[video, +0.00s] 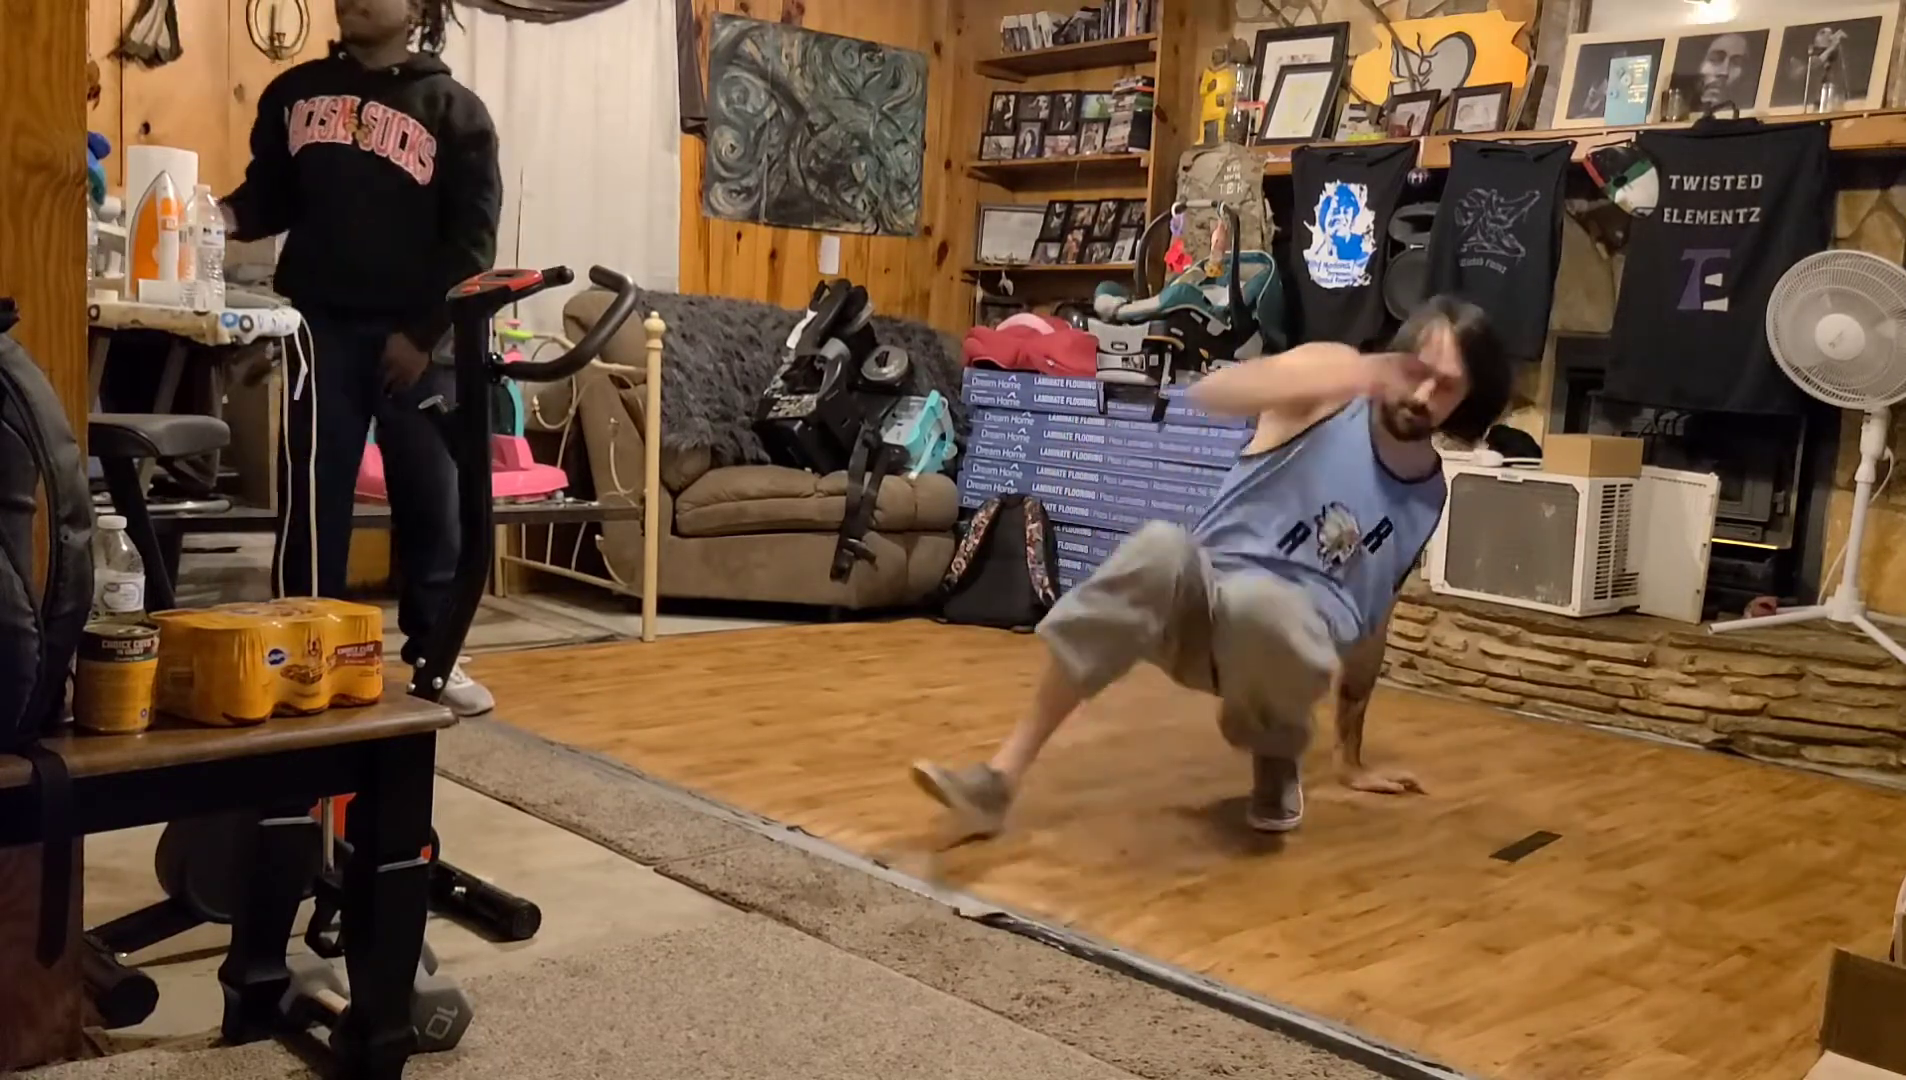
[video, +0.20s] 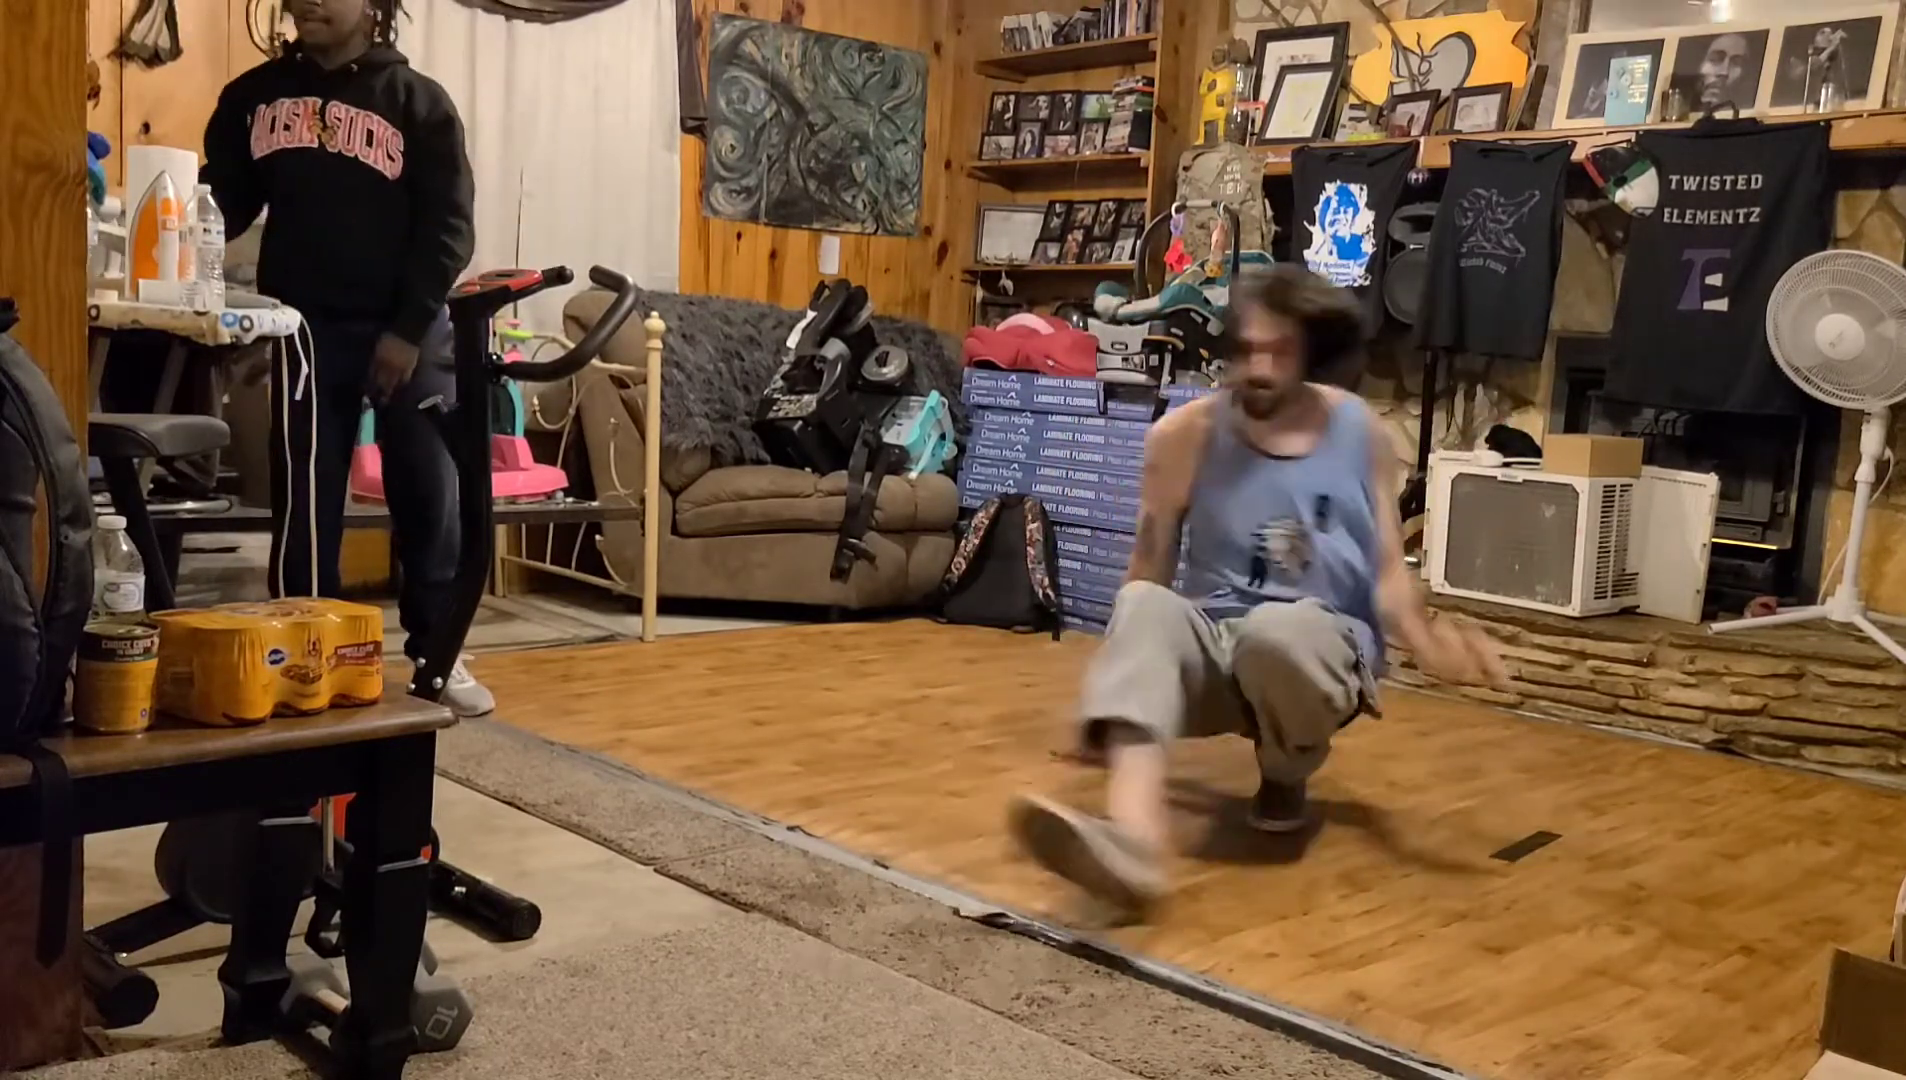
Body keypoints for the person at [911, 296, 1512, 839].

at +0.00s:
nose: (1425, 396)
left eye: (1450, 389)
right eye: (1420, 369)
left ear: (1466, 403)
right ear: (1395, 353)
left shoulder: (1426, 491)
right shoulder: (1333, 373)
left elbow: (1370, 624)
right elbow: (1205, 394)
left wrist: (1354, 761)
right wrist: (1349, 377)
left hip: (1293, 646)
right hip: (1198, 604)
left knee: (1259, 606)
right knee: (1157, 546)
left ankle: (1274, 762)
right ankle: (1002, 774)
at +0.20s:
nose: (1259, 369)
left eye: (1278, 352)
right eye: (1243, 351)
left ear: (1310, 352)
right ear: (1225, 351)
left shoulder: (1359, 431)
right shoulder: (1180, 437)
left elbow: (1388, 565)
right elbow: (1147, 576)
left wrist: (1416, 630)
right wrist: (1114, 708)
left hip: (1318, 660)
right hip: (1205, 658)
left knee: (1279, 631)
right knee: (1143, 604)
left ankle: (1284, 774)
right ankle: (1135, 838)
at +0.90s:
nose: (1417, 415)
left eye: (1438, 407)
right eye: (1408, 393)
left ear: (1457, 421)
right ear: (1379, 384)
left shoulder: (1437, 507)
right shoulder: (1288, 416)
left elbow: (1412, 643)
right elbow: (1168, 517)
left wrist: (1417, 779)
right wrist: (1048, 577)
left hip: (1319, 659)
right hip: (1217, 623)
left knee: (1276, 619)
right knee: (1172, 562)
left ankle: (1247, 770)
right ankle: (1128, 816)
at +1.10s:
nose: (1476, 399)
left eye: (1500, 388)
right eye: (1467, 373)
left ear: (1521, 399)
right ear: (1437, 360)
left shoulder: (1480, 501)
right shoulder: (1358, 397)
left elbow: (1432, 636)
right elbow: (1323, 414)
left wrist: (1418, 779)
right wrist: (1459, 313)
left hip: (1356, 632)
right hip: (1257, 604)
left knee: (1377, 536)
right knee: (1186, 568)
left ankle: (1281, 802)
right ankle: (1243, 767)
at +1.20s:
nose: (1501, 401)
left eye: (1525, 395)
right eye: (1499, 376)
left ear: (1540, 411)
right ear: (1472, 361)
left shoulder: (1494, 485)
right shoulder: (1404, 372)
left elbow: (1439, 620)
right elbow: (1421, 471)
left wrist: (1417, 772)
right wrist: (1589, 492)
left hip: (1341, 633)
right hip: (1253, 595)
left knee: (1401, 623)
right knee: (1239, 560)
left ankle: (1231, 820)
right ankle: (1224, 741)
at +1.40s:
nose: (1539, 459)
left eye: (1560, 455)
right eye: (1540, 434)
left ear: (1568, 472)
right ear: (1515, 415)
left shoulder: (1489, 507)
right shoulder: (1447, 450)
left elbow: (1443, 625)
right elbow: (1411, 615)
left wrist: (1429, 773)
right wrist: (1431, 786)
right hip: (1267, 566)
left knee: (1308, 773)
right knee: (1416, 721)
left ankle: (1155, 832)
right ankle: (1203, 660)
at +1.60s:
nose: (1517, 410)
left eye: (1538, 405)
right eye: (1513, 386)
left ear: (1548, 417)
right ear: (1484, 371)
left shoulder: (1483, 487)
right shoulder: (1425, 387)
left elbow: (1428, 629)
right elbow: (1451, 504)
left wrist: (1412, 776)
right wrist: (1590, 594)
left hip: (1327, 621)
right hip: (1246, 582)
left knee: (1372, 635)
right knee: (1197, 587)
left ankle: (1186, 848)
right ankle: (1183, 762)